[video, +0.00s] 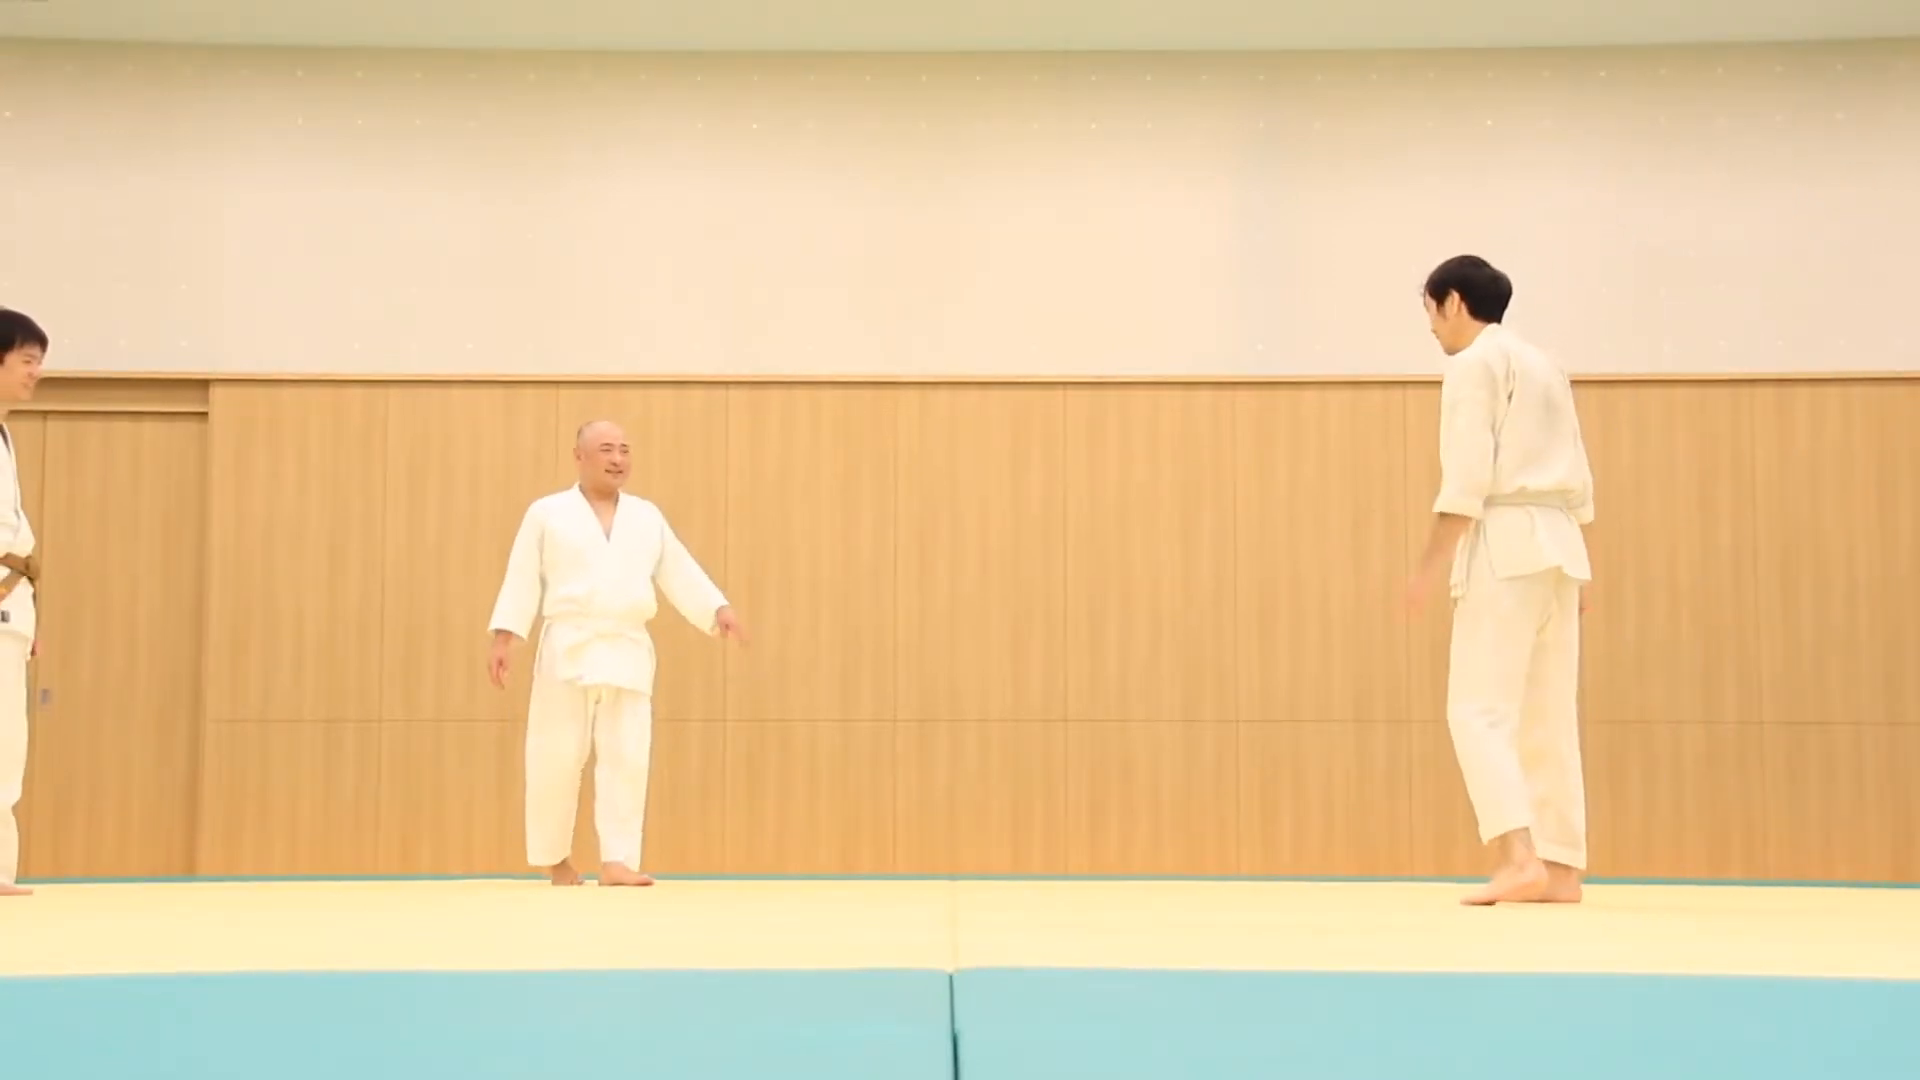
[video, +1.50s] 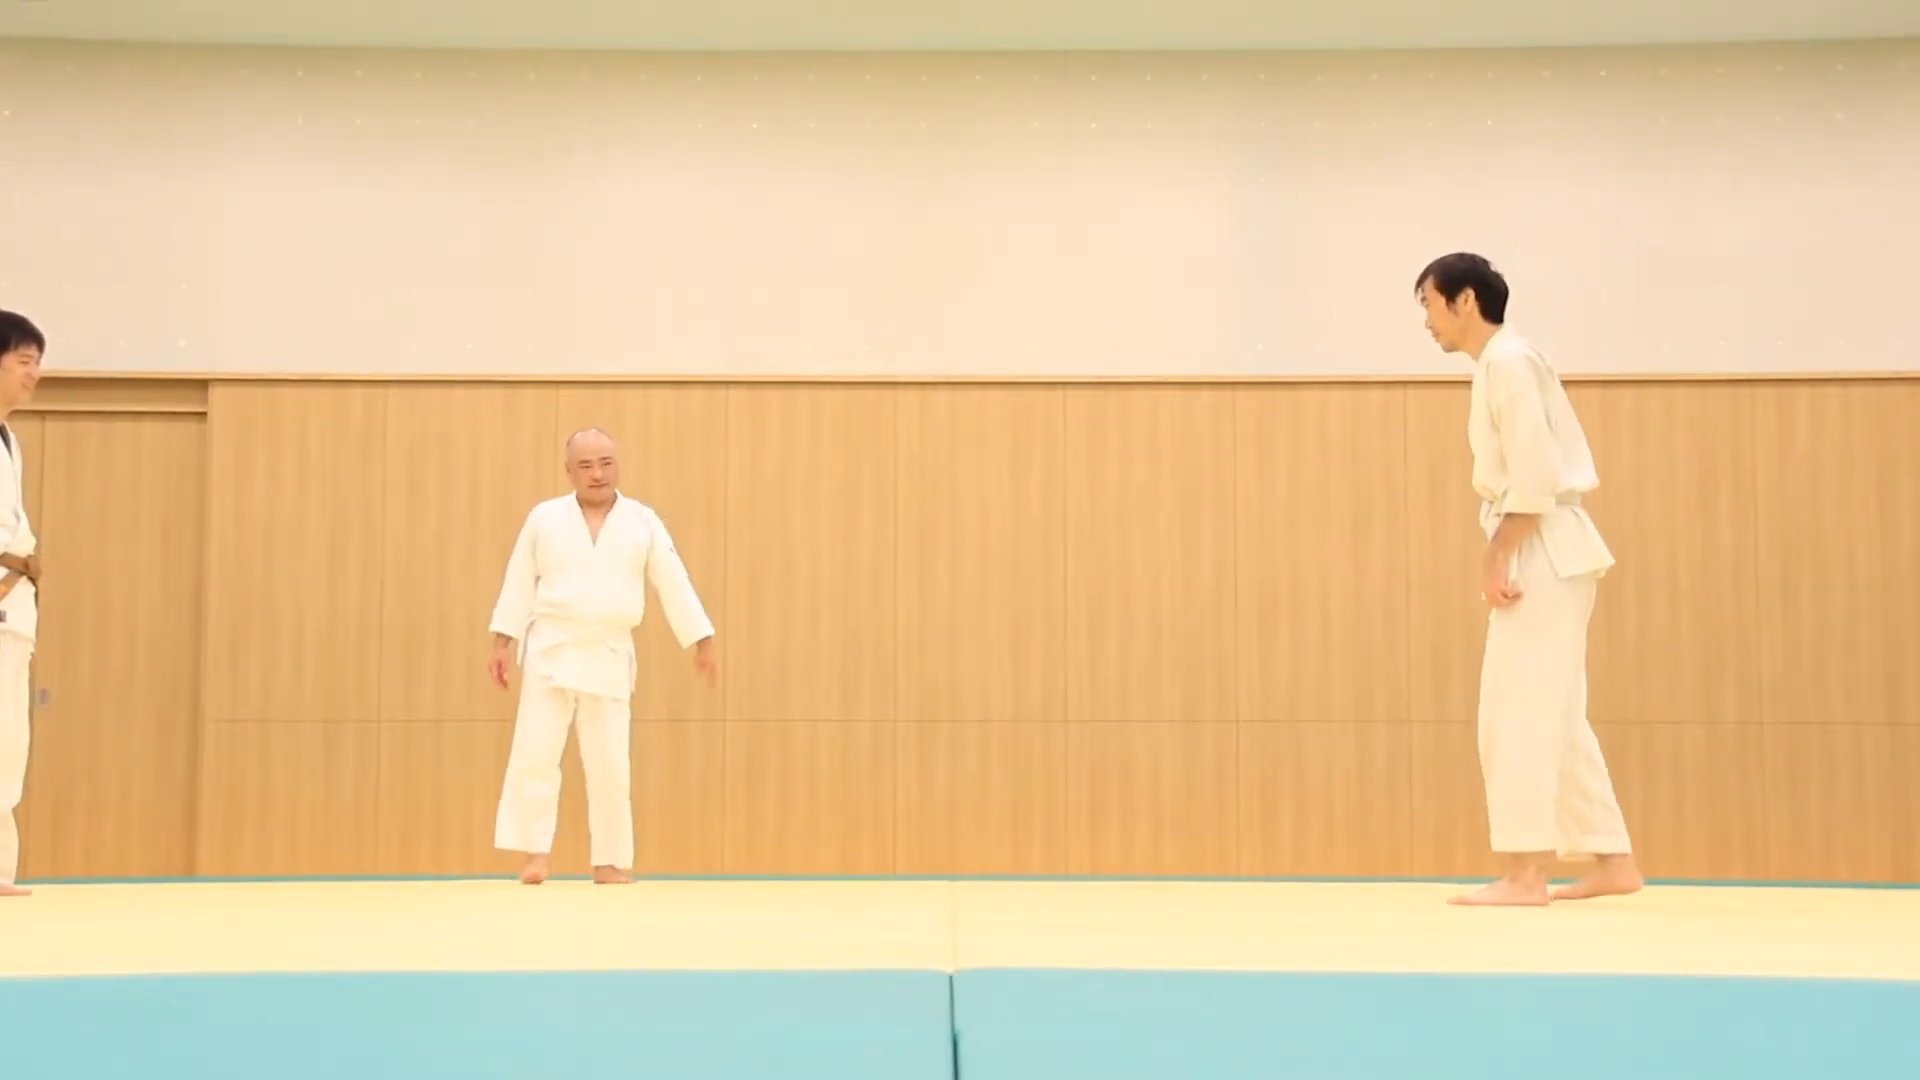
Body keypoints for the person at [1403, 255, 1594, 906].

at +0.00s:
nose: (1430, 325)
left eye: (1432, 310)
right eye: (1428, 312)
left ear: (1455, 303)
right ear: (1489, 304)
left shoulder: (1472, 363)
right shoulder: (1544, 363)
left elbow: (1467, 478)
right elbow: (1573, 475)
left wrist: (1429, 565)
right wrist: (1580, 565)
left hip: (1505, 547)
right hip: (1559, 547)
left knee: (1476, 707)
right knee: (1550, 710)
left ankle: (1517, 858)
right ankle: (1562, 872)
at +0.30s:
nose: (1428, 325)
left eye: (1430, 311)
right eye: (1426, 312)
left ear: (1455, 303)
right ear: (1483, 305)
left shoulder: (1473, 362)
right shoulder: (1529, 362)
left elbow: (1486, 468)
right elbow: (1547, 467)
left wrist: (1494, 562)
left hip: (1503, 547)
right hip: (1547, 544)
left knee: (1493, 709)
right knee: (1547, 707)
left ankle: (1520, 871)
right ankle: (1560, 871)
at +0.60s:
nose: (1420, 318)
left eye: (1423, 303)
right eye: (1417, 305)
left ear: (1456, 298)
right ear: (1465, 298)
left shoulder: (1489, 359)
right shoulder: (1501, 358)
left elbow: (1465, 469)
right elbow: (1479, 477)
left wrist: (1388, 518)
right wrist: (1409, 525)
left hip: (1506, 548)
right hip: (1528, 546)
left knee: (1499, 708)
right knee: (1530, 707)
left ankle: (1522, 875)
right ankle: (1556, 871)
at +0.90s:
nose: (1398, 321)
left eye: (1401, 305)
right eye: (1395, 308)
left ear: (1437, 298)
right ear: (1442, 300)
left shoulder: (1484, 356)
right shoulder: (1483, 357)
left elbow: (1488, 444)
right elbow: (1508, 461)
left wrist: (1414, 447)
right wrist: (1464, 491)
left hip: (1517, 549)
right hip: (1524, 546)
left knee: (1499, 708)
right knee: (1532, 706)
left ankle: (1521, 876)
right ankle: (1556, 867)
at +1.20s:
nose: (1394, 327)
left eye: (1397, 312)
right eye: (1390, 314)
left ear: (1432, 306)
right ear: (1436, 307)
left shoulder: (1475, 363)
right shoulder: (1480, 359)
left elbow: (1518, 469)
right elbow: (1522, 465)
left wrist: (1490, 555)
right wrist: (1492, 550)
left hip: (1525, 555)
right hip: (1535, 551)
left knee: (1513, 712)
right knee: (1540, 708)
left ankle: (1529, 872)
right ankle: (1561, 865)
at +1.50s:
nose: (1426, 322)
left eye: (1431, 307)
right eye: (1424, 309)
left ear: (1468, 303)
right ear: (1469, 304)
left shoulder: (1506, 363)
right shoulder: (1503, 362)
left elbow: (1533, 470)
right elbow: (1536, 468)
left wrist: (1498, 554)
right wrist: (1504, 551)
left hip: (1542, 555)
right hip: (1552, 554)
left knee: (1511, 707)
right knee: (1555, 707)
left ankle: (1525, 876)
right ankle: (1613, 860)